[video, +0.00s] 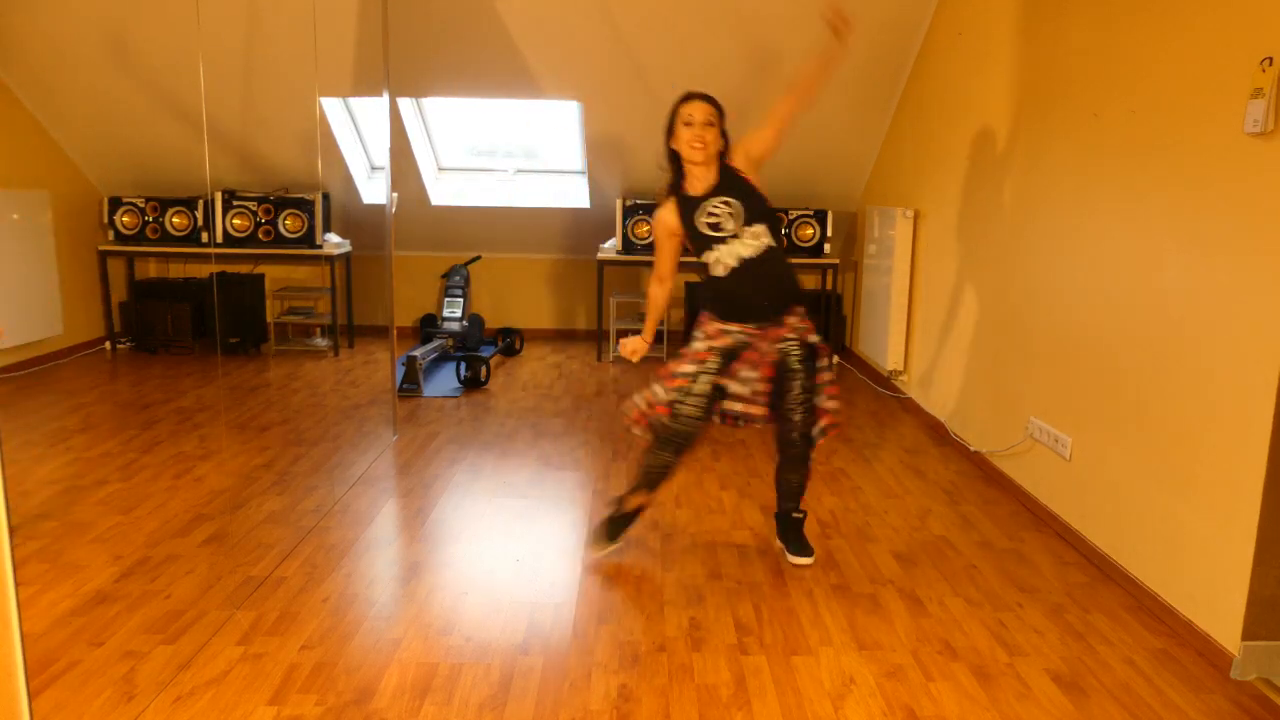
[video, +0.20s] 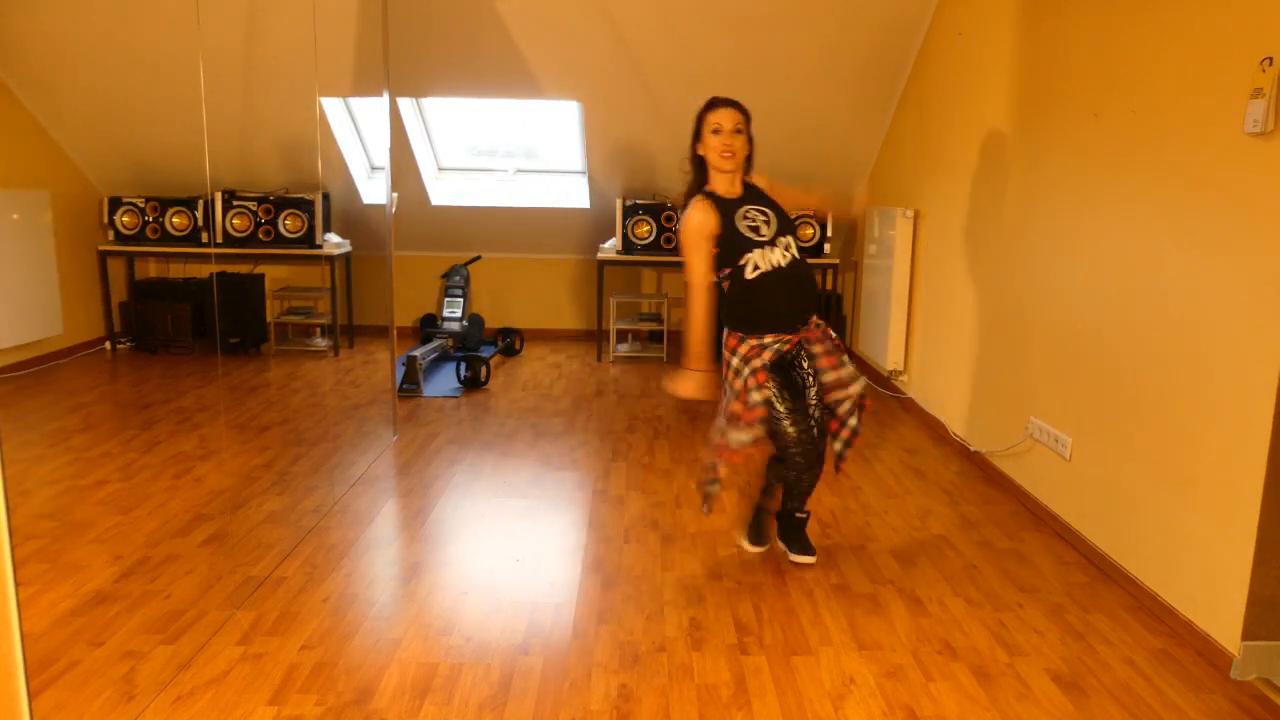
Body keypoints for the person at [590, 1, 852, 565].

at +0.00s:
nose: (699, 132)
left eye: (708, 124)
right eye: (689, 124)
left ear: (722, 135)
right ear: (672, 138)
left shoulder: (743, 166)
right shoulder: (672, 214)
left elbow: (794, 101)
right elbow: (661, 280)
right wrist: (646, 334)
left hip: (786, 319)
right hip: (724, 326)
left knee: (798, 429)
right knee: (681, 423)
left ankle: (791, 517)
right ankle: (633, 504)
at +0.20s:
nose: (728, 141)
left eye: (737, 132)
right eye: (716, 132)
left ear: (748, 142)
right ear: (699, 144)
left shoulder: (761, 189)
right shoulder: (701, 213)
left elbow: (806, 200)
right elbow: (699, 290)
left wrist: (845, 206)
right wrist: (699, 365)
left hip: (802, 330)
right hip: (754, 342)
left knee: (813, 441)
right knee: (796, 448)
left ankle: (793, 519)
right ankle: (766, 508)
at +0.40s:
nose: (743, 107)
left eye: (751, 97)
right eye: (730, 100)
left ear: (764, 107)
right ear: (716, 116)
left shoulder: (776, 166)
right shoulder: (718, 166)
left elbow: (827, 173)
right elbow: (741, 173)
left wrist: (855, 162)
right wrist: (761, 175)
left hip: (787, 303)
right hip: (736, 303)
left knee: (794, 400)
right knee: (732, 404)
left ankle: (787, 515)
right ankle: (711, 494)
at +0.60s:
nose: (740, 100)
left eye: (747, 91)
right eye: (728, 92)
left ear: (758, 103)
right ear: (707, 103)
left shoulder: (758, 160)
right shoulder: (709, 151)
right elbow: (715, 69)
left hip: (764, 309)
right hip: (714, 304)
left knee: (769, 420)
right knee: (669, 410)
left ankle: (780, 519)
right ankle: (608, 505)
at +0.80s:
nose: (708, 123)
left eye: (718, 114)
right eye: (696, 114)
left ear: (730, 127)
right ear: (678, 127)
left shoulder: (725, 190)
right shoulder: (662, 165)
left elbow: (711, 260)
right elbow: (616, 92)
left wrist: (721, 311)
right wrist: (579, 21)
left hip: (716, 327)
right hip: (658, 325)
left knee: (743, 428)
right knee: (636, 431)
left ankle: (774, 524)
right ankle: (596, 518)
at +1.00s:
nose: (675, 139)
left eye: (685, 128)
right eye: (663, 130)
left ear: (700, 137)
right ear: (649, 141)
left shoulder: (710, 213)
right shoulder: (626, 179)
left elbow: (705, 281)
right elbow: (567, 172)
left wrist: (701, 340)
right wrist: (517, 161)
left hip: (659, 336)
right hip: (598, 327)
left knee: (689, 429)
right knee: (590, 432)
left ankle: (678, 495)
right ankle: (592, 520)